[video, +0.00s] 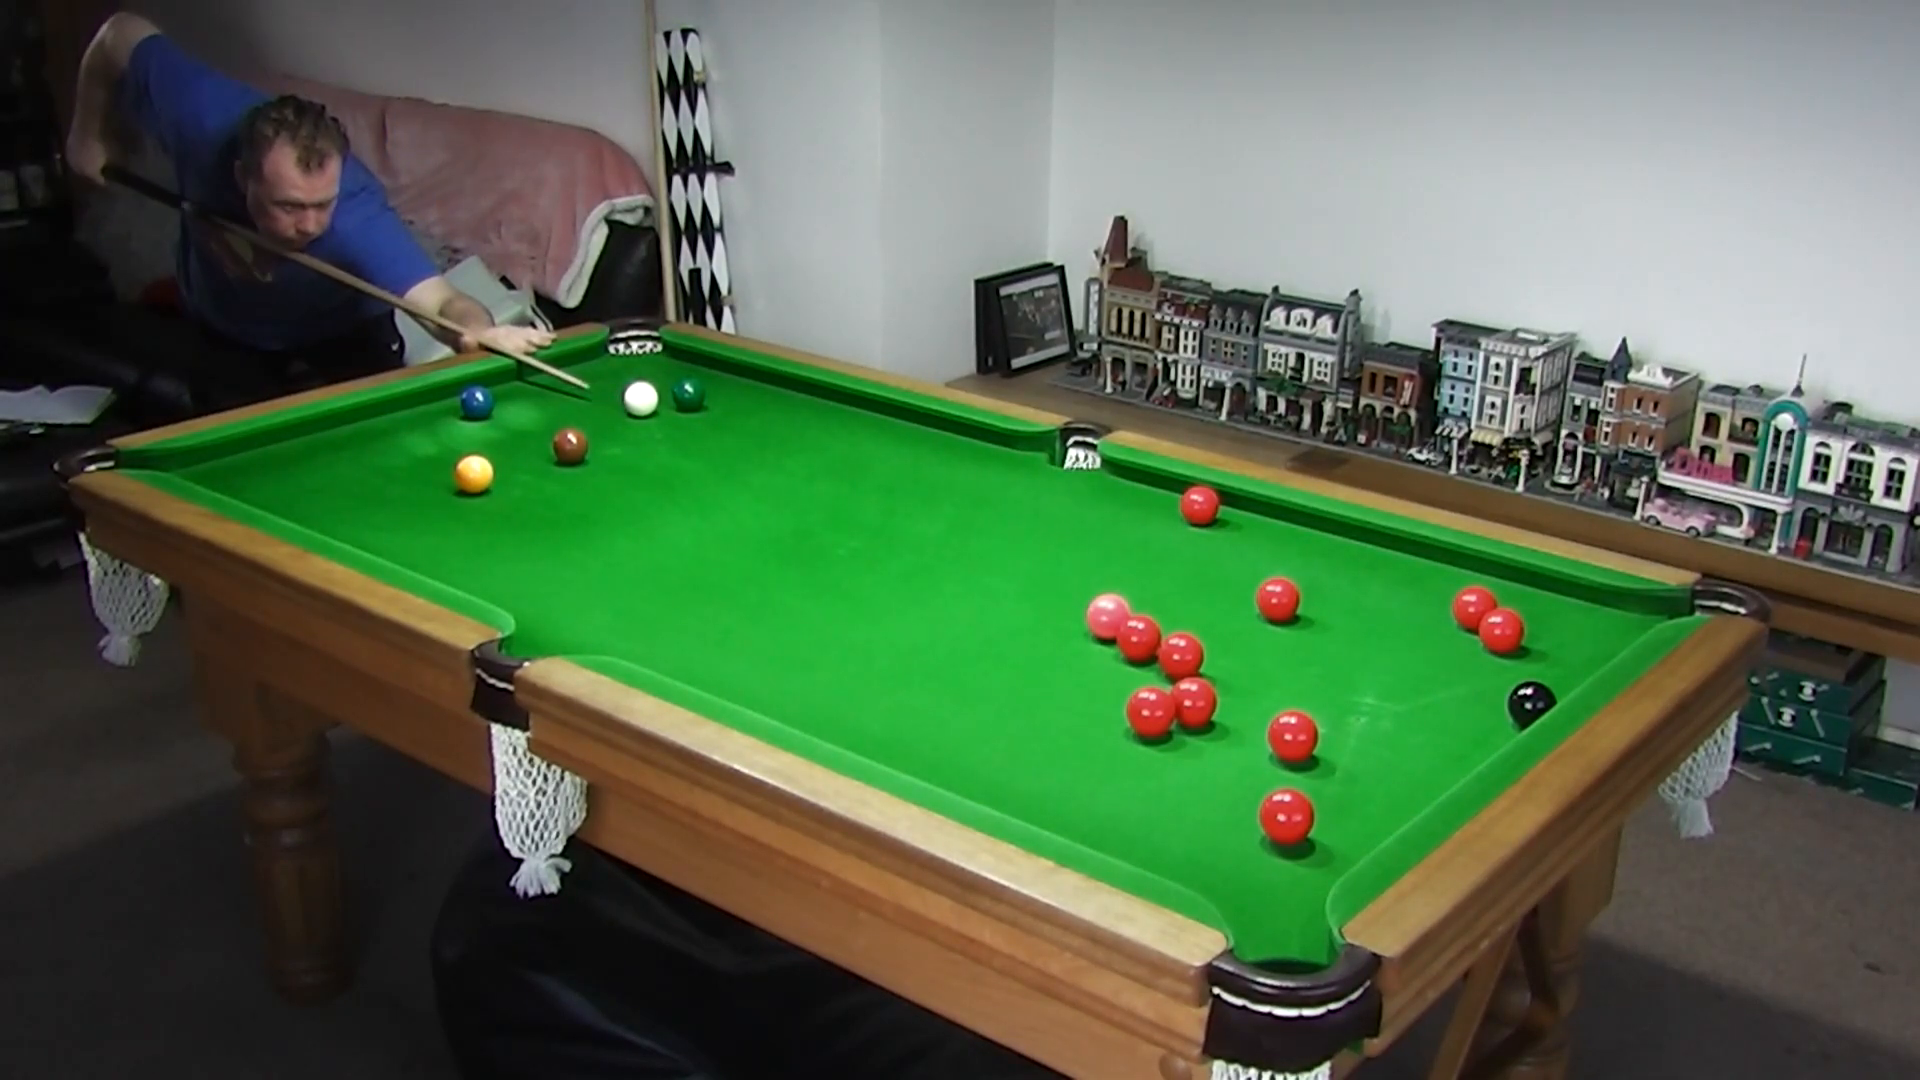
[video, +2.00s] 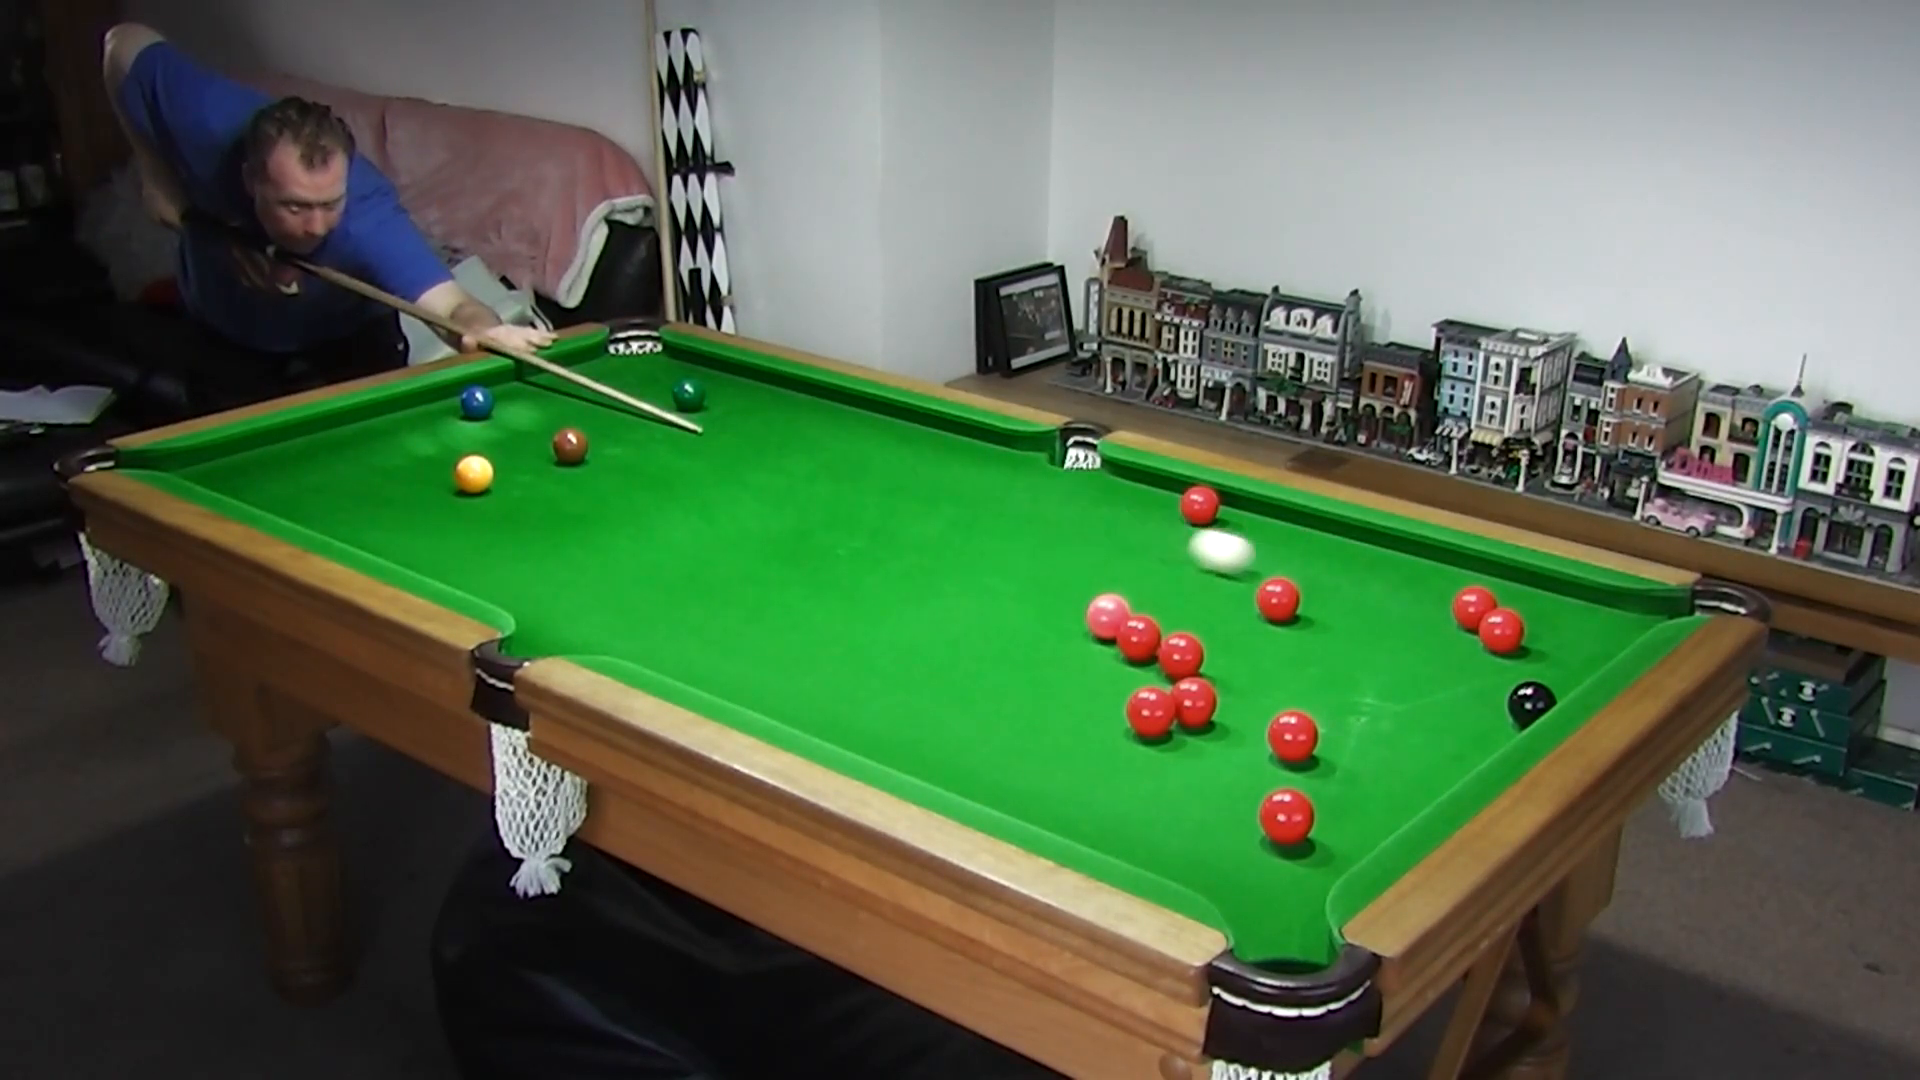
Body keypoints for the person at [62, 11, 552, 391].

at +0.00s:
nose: (309, 225)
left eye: (322, 207)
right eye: (289, 208)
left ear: (339, 182)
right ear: (244, 176)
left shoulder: (358, 211)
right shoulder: (205, 120)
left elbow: (437, 302)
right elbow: (117, 32)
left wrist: (485, 332)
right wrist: (86, 133)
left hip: (343, 324)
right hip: (226, 315)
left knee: (377, 457)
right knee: (235, 456)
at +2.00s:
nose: (318, 226)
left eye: (331, 205)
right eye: (296, 207)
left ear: (346, 182)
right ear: (251, 181)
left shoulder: (369, 213)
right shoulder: (211, 129)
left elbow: (448, 304)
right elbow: (121, 43)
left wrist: (488, 330)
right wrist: (157, 178)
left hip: (347, 325)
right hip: (228, 314)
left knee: (358, 463)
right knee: (233, 457)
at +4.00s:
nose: (54, 6)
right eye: (36, 1)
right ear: (14, 6)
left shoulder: (178, 52)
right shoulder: (5, 79)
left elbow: (277, 174)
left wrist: (334, 274)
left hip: (184, 402)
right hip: (35, 413)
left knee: (206, 603)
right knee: (24, 635)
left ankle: (214, 737)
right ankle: (12, 819)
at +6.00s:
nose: (109, 202)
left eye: (110, 166)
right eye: (68, 188)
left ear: (119, 145)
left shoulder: (151, 214)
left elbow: (319, 360)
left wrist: (452, 517)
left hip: (24, 568)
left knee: (25, 803)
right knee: (22, 804)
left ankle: (91, 1022)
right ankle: (87, 1016)